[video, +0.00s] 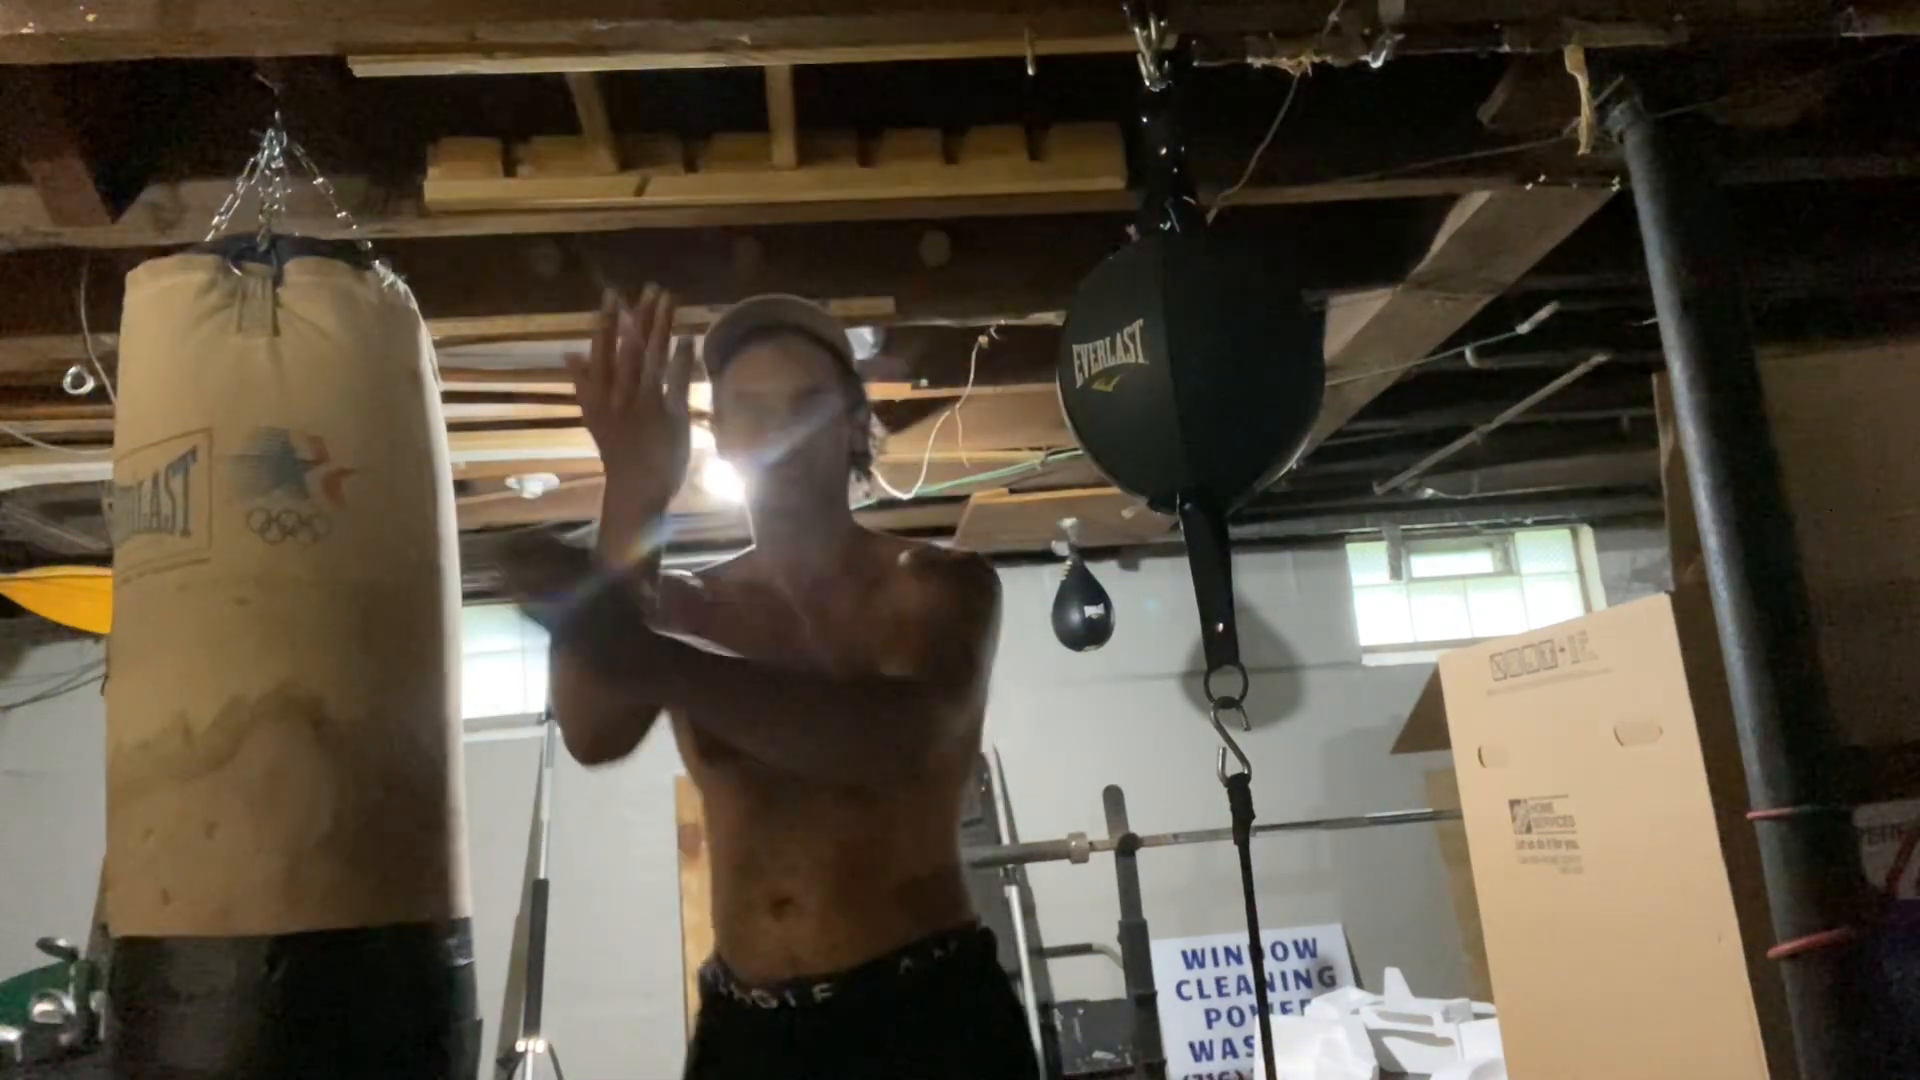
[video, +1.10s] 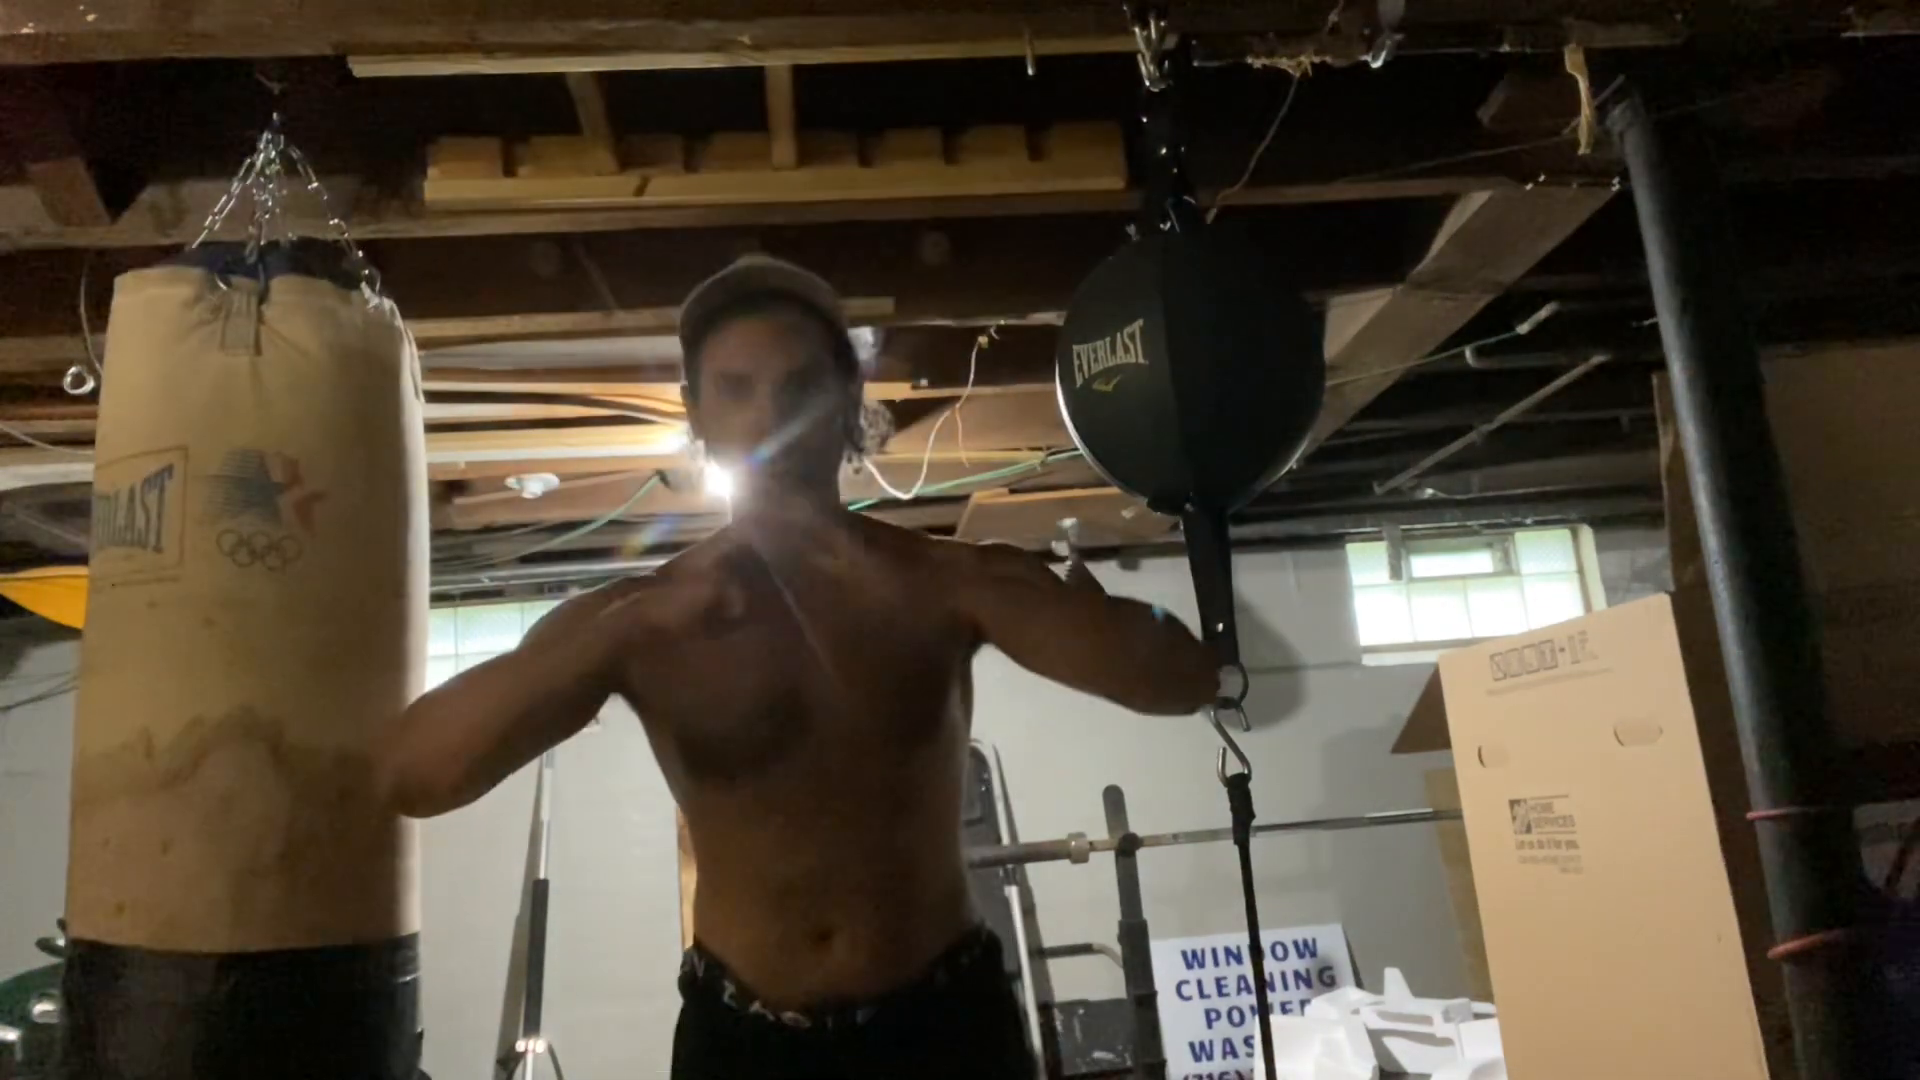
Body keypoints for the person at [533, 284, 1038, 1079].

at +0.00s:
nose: (777, 431)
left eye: (806, 401)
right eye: (748, 409)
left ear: (859, 426)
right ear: (720, 438)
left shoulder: (946, 584)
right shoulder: (689, 603)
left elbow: (912, 743)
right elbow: (594, 735)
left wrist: (656, 662)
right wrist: (629, 505)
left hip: (927, 1007)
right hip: (748, 1027)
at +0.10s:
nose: (780, 438)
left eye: (809, 408)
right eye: (751, 414)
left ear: (856, 431)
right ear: (719, 445)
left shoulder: (948, 589)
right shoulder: (678, 598)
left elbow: (969, 756)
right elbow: (587, 716)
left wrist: (745, 664)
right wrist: (628, 470)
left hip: (930, 1010)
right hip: (741, 1029)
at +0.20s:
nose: (807, 439)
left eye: (830, 411)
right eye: (777, 419)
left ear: (876, 428)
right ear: (740, 445)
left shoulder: (968, 593)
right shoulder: (686, 607)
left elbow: (1066, 754)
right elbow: (581, 726)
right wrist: (641, 455)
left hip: (953, 1011)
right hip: (759, 1031)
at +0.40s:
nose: (843, 419)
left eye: (870, 391)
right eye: (811, 395)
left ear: (915, 417)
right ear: (770, 428)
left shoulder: (996, 562)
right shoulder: (723, 607)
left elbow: (1193, 717)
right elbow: (581, 779)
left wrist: (1032, 593)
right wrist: (688, 545)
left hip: (1015, 1000)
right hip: (823, 1018)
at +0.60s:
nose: (840, 416)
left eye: (865, 385)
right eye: (809, 391)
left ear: (917, 412)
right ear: (771, 419)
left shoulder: (986, 567)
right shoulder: (722, 611)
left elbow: (1268, 669)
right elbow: (513, 780)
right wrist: (679, 629)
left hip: (1016, 1006)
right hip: (819, 1022)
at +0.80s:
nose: (798, 413)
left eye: (825, 377)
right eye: (767, 387)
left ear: (876, 398)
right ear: (728, 411)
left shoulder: (956, 556)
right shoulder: (682, 594)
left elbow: (1218, 604)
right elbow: (437, 741)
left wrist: (1190, 587)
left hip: (970, 1017)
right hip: (769, 1031)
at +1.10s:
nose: (770, 418)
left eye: (799, 387)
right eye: (735, 394)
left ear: (852, 410)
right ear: (698, 426)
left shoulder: (944, 581)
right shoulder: (633, 624)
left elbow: (1185, 681)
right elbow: (411, 775)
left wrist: (1057, 601)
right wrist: (626, 622)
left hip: (943, 1022)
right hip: (745, 1039)